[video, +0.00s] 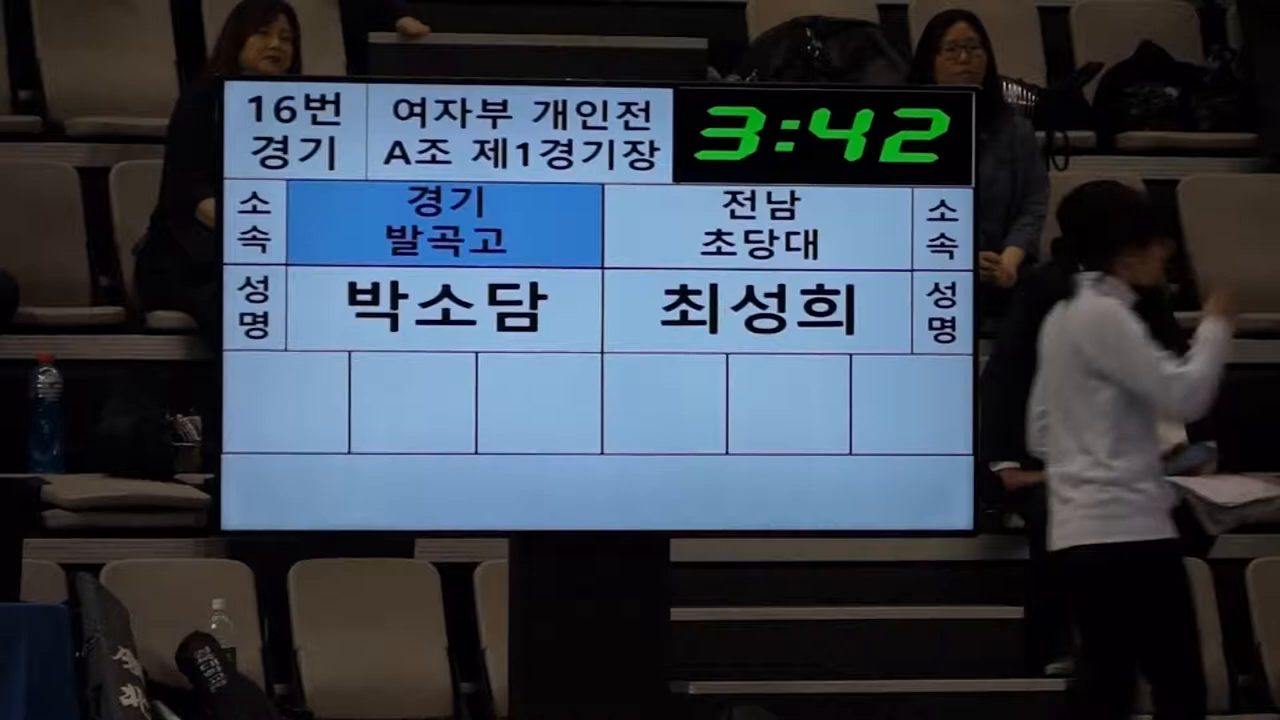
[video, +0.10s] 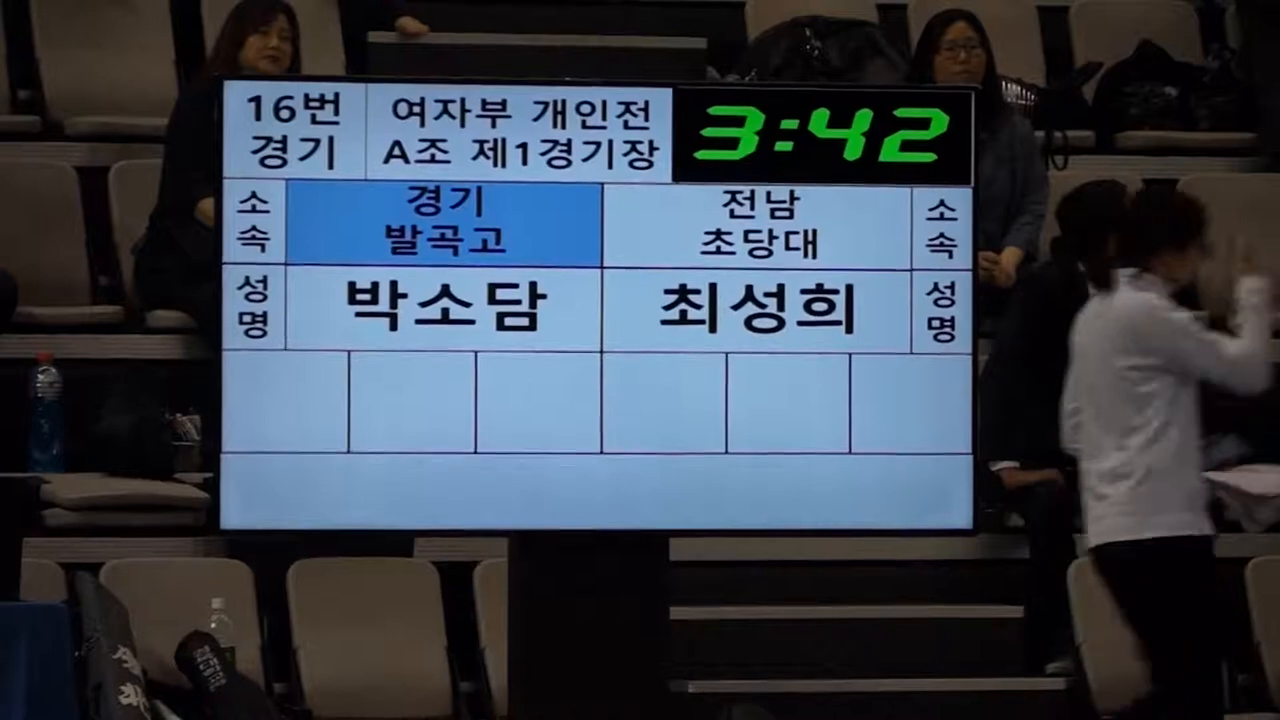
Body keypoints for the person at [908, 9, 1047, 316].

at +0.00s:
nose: (964, 58)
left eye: (973, 48)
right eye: (951, 49)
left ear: (988, 57)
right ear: (929, 59)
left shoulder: (1013, 126)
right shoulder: (910, 122)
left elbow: (1034, 203)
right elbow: (900, 211)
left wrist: (1013, 254)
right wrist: (961, 257)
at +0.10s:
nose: (963, 58)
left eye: (973, 48)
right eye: (950, 49)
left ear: (987, 57)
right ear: (929, 59)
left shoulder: (1012, 126)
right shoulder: (910, 122)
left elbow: (1034, 202)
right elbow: (901, 214)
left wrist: (1012, 254)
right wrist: (962, 259)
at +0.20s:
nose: (963, 56)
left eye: (973, 46)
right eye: (950, 47)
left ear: (987, 55)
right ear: (929, 58)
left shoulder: (1011, 123)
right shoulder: (909, 120)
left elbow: (1034, 200)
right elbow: (902, 213)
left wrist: (1010, 257)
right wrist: (968, 257)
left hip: (997, 274)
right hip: (929, 270)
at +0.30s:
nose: (963, 56)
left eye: (973, 46)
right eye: (951, 47)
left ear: (987, 56)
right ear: (929, 57)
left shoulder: (1012, 124)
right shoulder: (909, 121)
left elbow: (1034, 202)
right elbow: (903, 214)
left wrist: (1010, 257)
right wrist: (967, 258)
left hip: (999, 273)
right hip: (930, 271)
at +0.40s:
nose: (963, 57)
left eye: (972, 46)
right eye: (950, 47)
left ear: (987, 55)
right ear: (929, 57)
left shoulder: (1012, 124)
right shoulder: (911, 121)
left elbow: (1034, 201)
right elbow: (905, 212)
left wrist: (1011, 255)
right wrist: (966, 258)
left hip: (1000, 273)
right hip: (931, 271)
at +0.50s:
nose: (963, 55)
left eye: (972, 45)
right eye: (950, 46)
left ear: (986, 53)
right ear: (928, 55)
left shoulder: (1012, 122)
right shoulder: (911, 120)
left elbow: (1034, 197)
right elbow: (905, 212)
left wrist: (1013, 250)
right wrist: (967, 256)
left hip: (1001, 269)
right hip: (933, 267)